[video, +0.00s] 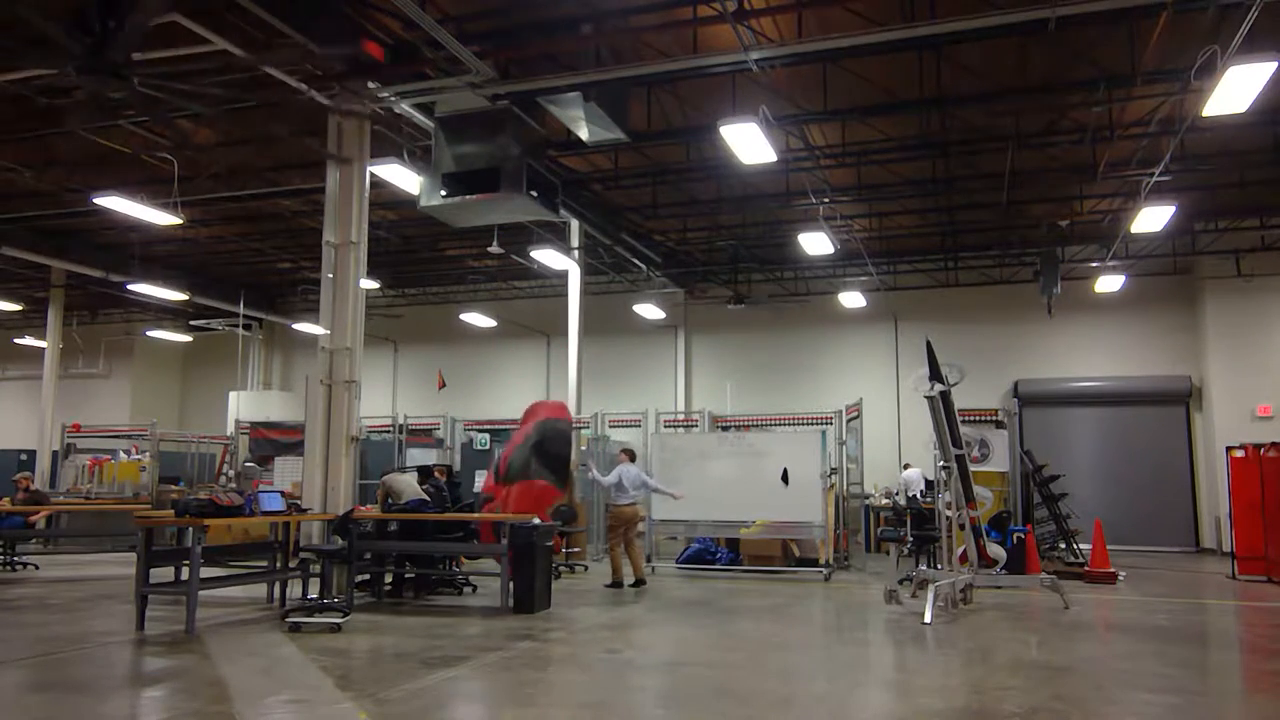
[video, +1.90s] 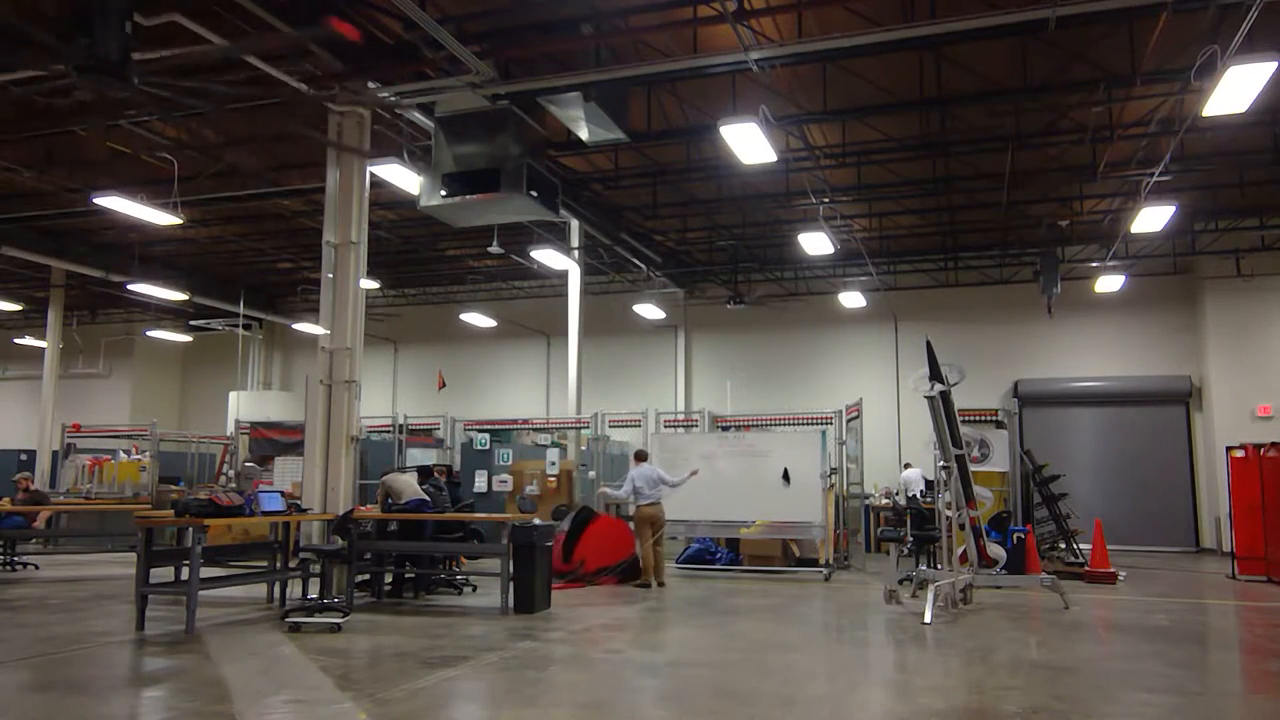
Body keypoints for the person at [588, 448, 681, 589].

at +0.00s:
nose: (618, 457)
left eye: (620, 455)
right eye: (619, 455)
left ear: (627, 457)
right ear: (630, 458)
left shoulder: (620, 469)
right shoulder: (637, 471)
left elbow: (606, 482)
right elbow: (652, 486)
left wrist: (593, 471)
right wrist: (672, 494)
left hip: (618, 509)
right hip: (633, 508)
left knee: (614, 545)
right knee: (631, 543)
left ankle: (617, 579)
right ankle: (640, 577)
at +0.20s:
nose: (617, 458)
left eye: (619, 456)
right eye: (618, 455)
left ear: (625, 458)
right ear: (629, 459)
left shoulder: (619, 471)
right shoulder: (636, 473)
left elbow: (602, 485)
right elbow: (646, 488)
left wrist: (590, 474)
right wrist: (656, 495)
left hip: (618, 510)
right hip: (632, 509)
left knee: (612, 545)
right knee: (627, 544)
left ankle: (617, 579)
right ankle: (639, 574)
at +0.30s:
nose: (618, 459)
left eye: (619, 456)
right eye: (618, 456)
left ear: (625, 457)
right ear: (631, 458)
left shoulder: (621, 472)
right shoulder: (637, 472)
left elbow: (604, 486)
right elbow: (641, 488)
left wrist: (591, 477)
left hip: (619, 508)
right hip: (633, 508)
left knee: (614, 545)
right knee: (629, 544)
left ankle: (617, 579)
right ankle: (639, 575)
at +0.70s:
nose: (626, 461)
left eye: (627, 458)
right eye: (626, 459)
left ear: (632, 458)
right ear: (638, 459)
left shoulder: (629, 472)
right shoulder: (646, 473)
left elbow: (613, 488)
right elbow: (651, 488)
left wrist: (598, 478)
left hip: (629, 508)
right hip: (643, 507)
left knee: (622, 544)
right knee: (637, 544)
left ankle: (621, 578)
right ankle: (639, 577)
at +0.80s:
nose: (628, 461)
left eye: (629, 459)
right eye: (628, 459)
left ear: (633, 459)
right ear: (640, 459)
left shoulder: (631, 472)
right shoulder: (648, 472)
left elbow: (615, 488)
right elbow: (656, 487)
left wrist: (599, 477)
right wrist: (662, 495)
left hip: (631, 508)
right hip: (644, 507)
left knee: (624, 544)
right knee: (638, 544)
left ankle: (623, 578)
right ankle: (639, 577)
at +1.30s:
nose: (631, 462)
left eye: (632, 460)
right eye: (631, 460)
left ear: (636, 460)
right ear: (644, 460)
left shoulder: (635, 472)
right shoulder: (653, 472)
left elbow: (628, 490)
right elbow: (667, 488)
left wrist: (611, 485)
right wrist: (683, 489)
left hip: (636, 508)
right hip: (649, 508)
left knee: (634, 544)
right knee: (644, 544)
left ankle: (642, 575)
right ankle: (641, 574)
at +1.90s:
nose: (634, 462)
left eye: (634, 460)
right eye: (635, 460)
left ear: (635, 460)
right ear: (646, 459)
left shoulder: (633, 474)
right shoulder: (654, 470)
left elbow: (624, 495)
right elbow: (672, 483)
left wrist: (606, 491)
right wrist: (689, 475)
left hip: (642, 508)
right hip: (657, 506)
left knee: (646, 545)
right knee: (658, 544)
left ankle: (646, 578)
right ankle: (660, 578)